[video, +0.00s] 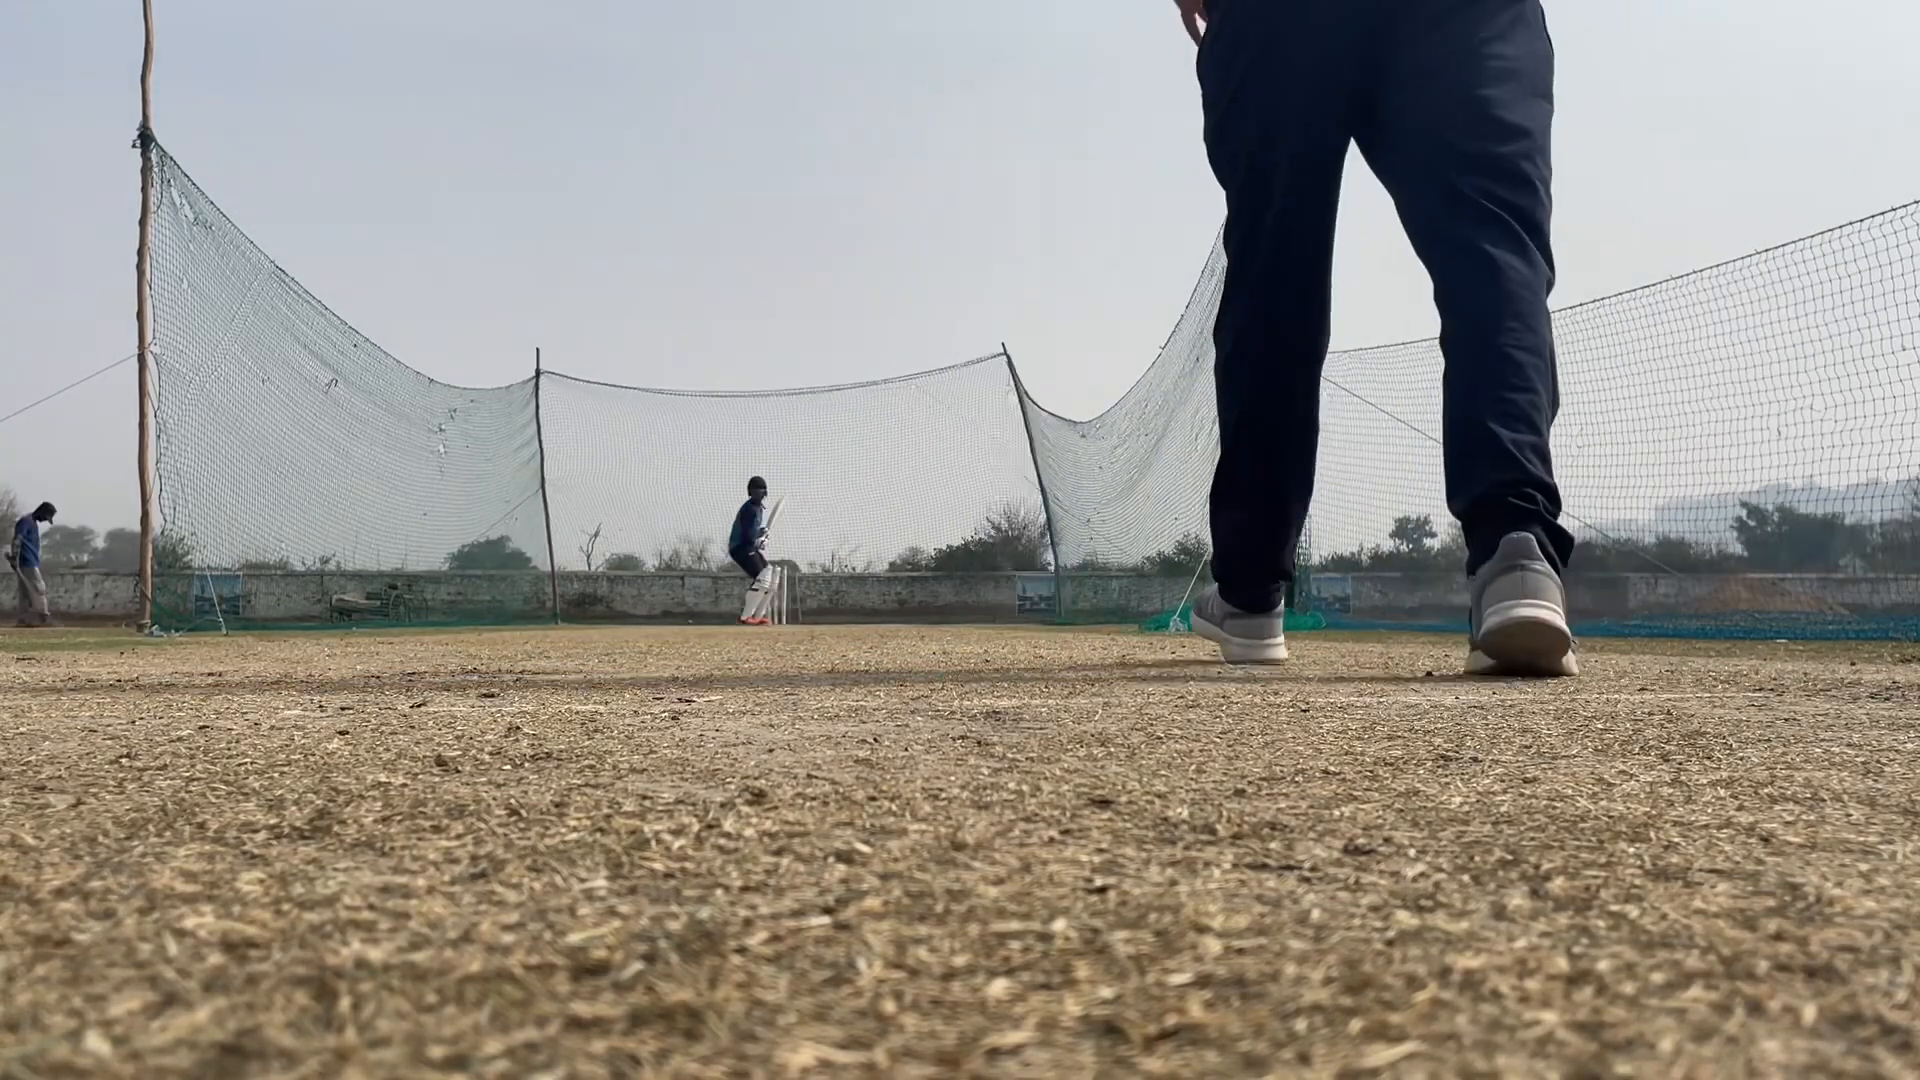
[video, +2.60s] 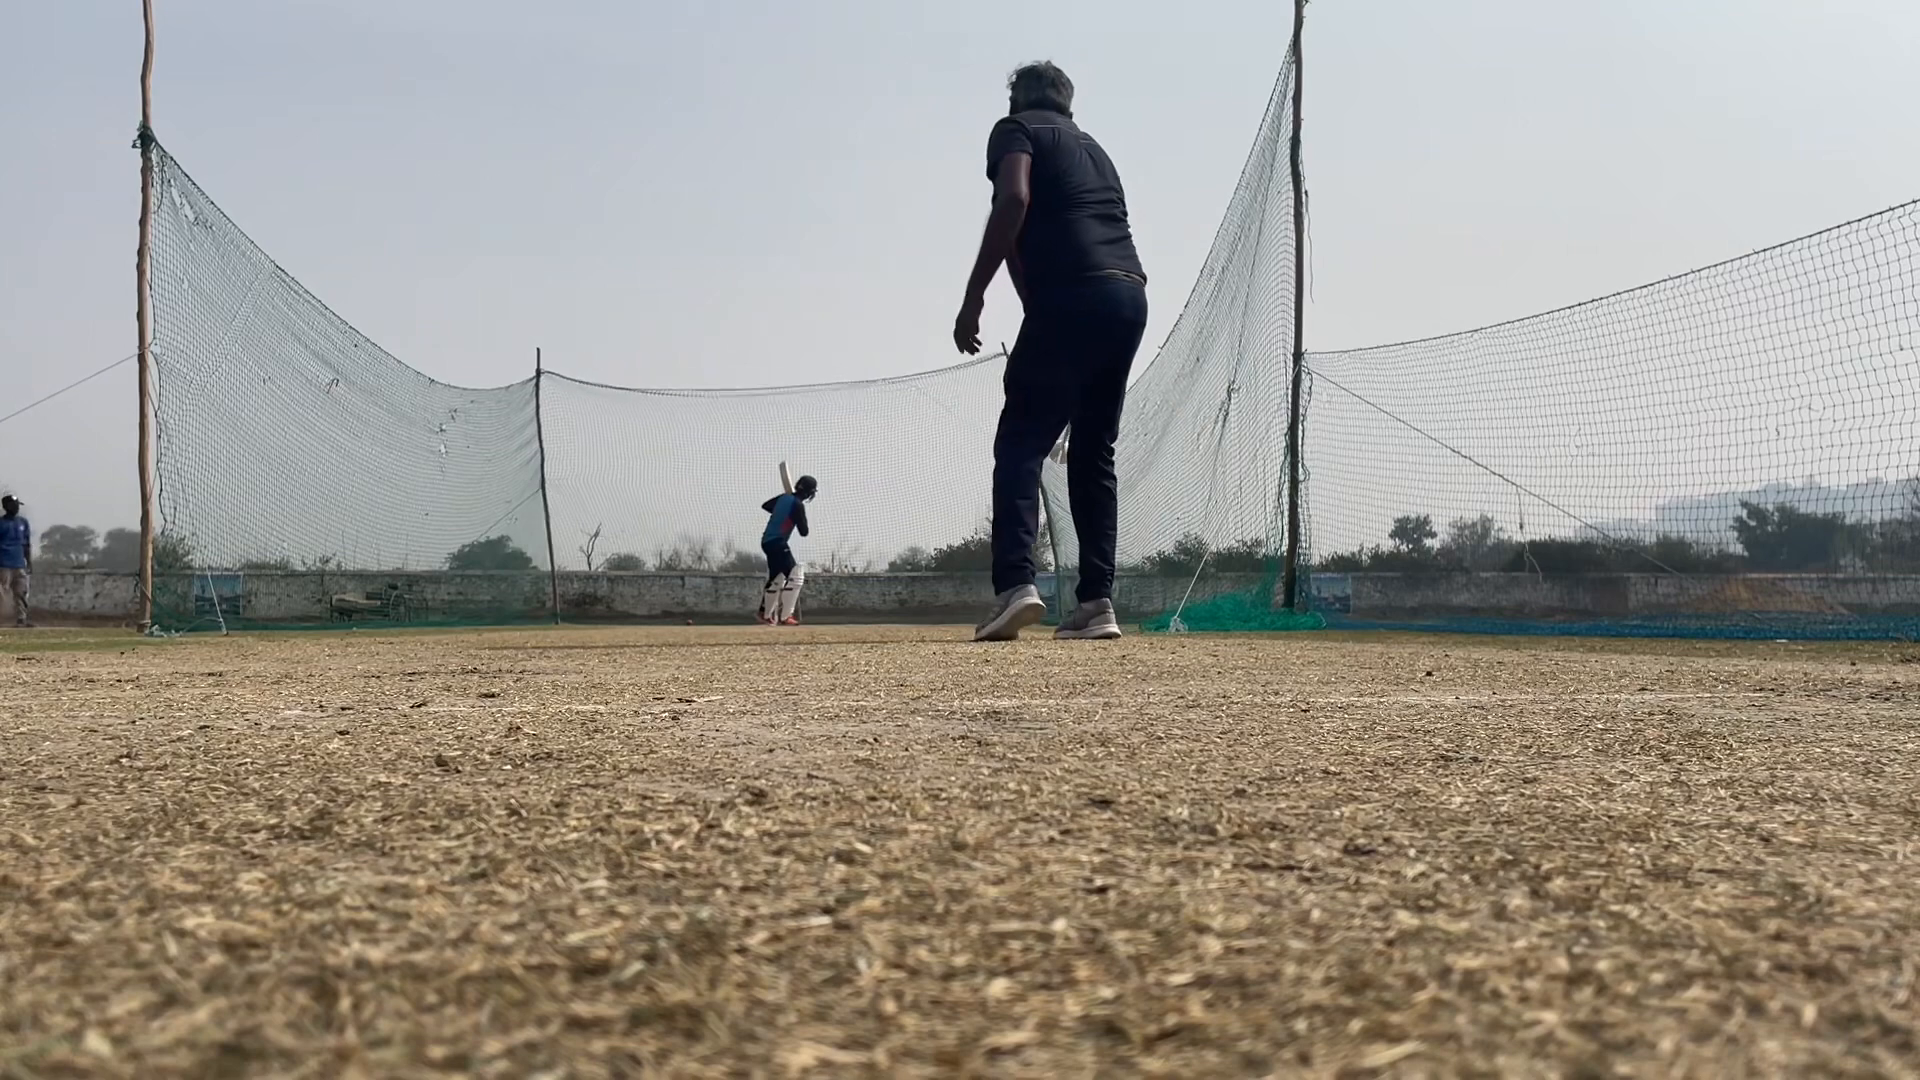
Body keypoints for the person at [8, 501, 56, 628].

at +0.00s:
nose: (46, 520)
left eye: (48, 518)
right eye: (47, 517)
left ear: (41, 513)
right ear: (42, 513)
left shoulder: (31, 523)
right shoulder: (26, 522)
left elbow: (21, 542)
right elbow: (17, 541)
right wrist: (15, 559)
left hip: (28, 561)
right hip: (27, 562)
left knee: (25, 591)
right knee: (39, 588)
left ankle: (23, 617)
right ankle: (43, 615)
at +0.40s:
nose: (42, 519)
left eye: (44, 517)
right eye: (44, 516)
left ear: (39, 512)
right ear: (39, 512)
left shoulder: (30, 523)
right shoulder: (24, 522)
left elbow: (25, 543)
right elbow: (18, 543)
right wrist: (21, 563)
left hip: (31, 562)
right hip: (27, 562)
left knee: (25, 591)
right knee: (32, 591)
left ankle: (21, 617)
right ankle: (33, 617)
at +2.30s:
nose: (30, 509)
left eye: (31, 506)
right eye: (28, 506)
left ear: (30, 507)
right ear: (21, 506)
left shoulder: (30, 524)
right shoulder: (9, 522)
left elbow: (34, 547)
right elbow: (4, 545)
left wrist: (41, 565)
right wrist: (4, 566)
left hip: (27, 565)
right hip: (13, 565)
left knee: (27, 592)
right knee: (12, 591)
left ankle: (22, 615)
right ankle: (22, 614)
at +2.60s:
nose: (15, 507)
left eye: (16, 504)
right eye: (11, 504)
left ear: (18, 505)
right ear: (6, 506)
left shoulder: (23, 522)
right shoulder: (2, 522)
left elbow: (26, 544)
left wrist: (29, 562)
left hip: (19, 563)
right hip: (4, 563)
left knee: (22, 591)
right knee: (4, 592)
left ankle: (21, 618)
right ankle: (3, 617)